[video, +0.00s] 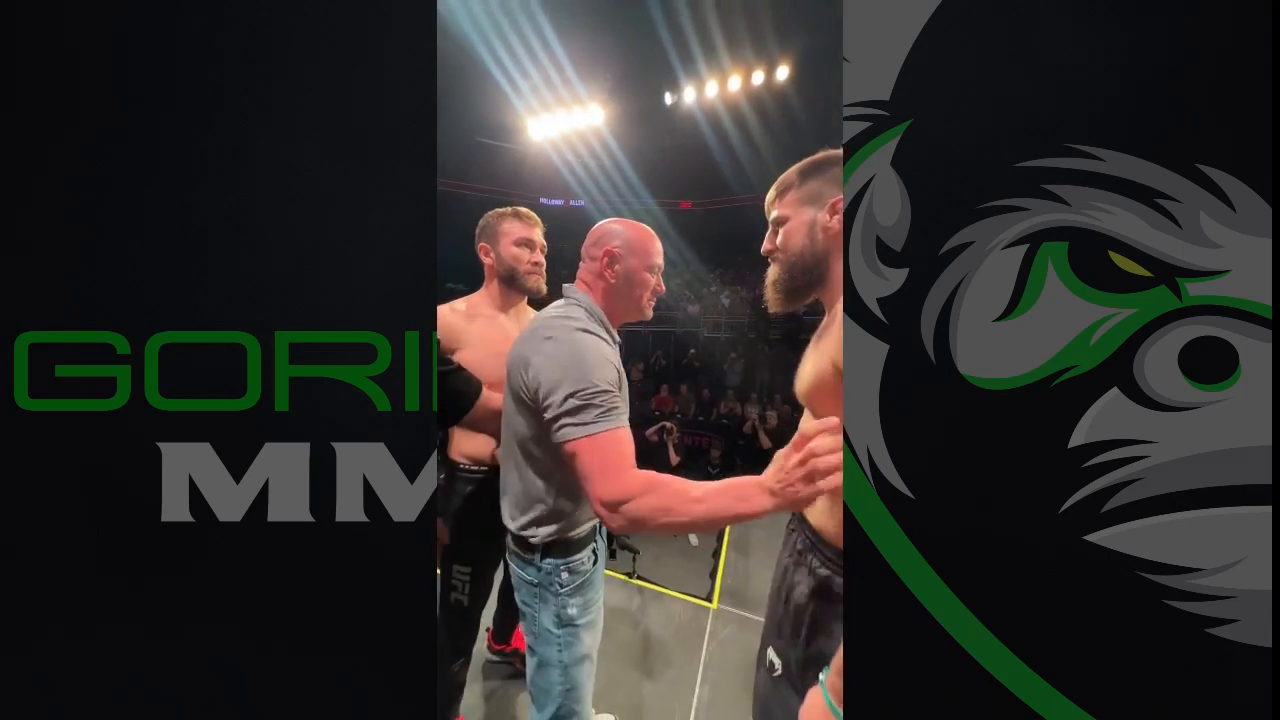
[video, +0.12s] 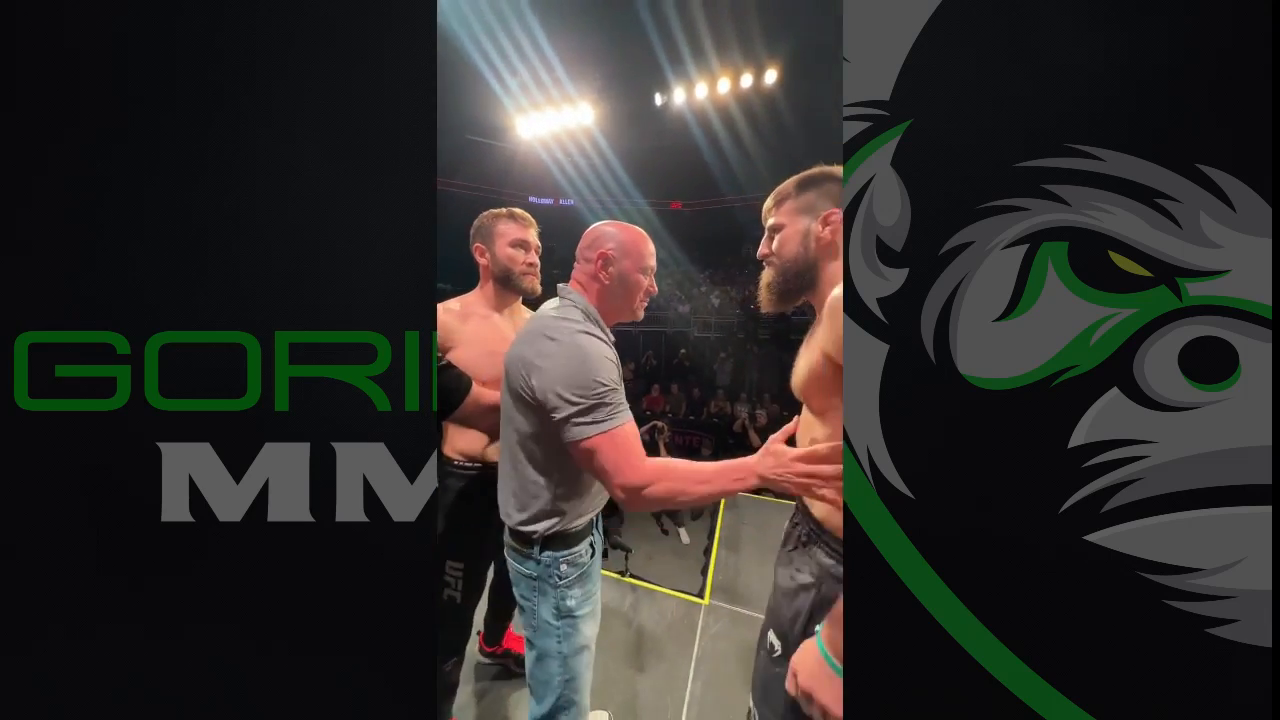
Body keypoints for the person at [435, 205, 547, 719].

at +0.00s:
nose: (540, 255)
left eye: (542, 247)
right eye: (525, 245)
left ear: (545, 257)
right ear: (487, 253)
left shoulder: (542, 327)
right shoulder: (447, 320)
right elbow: (429, 400)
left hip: (530, 480)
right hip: (470, 482)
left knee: (528, 567)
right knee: (458, 613)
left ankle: (504, 639)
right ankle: (445, 706)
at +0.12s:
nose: (535, 256)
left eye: (537, 248)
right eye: (520, 246)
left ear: (539, 256)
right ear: (483, 254)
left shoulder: (536, 326)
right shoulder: (445, 318)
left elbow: (544, 398)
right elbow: (425, 389)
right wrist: (517, 406)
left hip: (521, 476)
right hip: (463, 478)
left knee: (513, 567)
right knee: (455, 594)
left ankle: (494, 640)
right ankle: (441, 694)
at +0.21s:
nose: (529, 257)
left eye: (531, 248)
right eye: (514, 247)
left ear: (533, 255)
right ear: (477, 254)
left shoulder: (529, 324)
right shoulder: (441, 316)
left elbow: (539, 395)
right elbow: (431, 392)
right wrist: (520, 402)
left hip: (511, 474)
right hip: (457, 477)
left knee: (506, 568)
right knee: (451, 593)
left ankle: (488, 642)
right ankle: (436, 684)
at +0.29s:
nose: (520, 257)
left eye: (522, 248)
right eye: (506, 247)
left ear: (522, 255)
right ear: (469, 253)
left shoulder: (521, 322)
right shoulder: (435, 315)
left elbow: (533, 394)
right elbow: (428, 392)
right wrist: (513, 404)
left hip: (504, 472)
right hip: (449, 476)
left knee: (498, 566)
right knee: (447, 589)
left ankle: (480, 639)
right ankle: (429, 669)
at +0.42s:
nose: (499, 256)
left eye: (501, 247)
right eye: (484, 245)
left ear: (504, 253)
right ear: (446, 252)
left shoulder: (503, 323)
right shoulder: (425, 318)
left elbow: (516, 393)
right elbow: (404, 392)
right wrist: (482, 401)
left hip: (481, 465)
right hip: (429, 470)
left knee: (476, 564)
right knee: (426, 573)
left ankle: (464, 643)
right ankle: (426, 658)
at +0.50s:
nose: (482, 253)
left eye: (485, 244)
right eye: (467, 242)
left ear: (487, 252)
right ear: (434, 249)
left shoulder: (492, 327)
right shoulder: (415, 322)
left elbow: (512, 393)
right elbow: (384, 392)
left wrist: (485, 414)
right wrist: (433, 405)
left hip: (471, 465)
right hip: (418, 467)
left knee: (464, 563)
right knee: (418, 564)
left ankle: (454, 642)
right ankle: (419, 650)